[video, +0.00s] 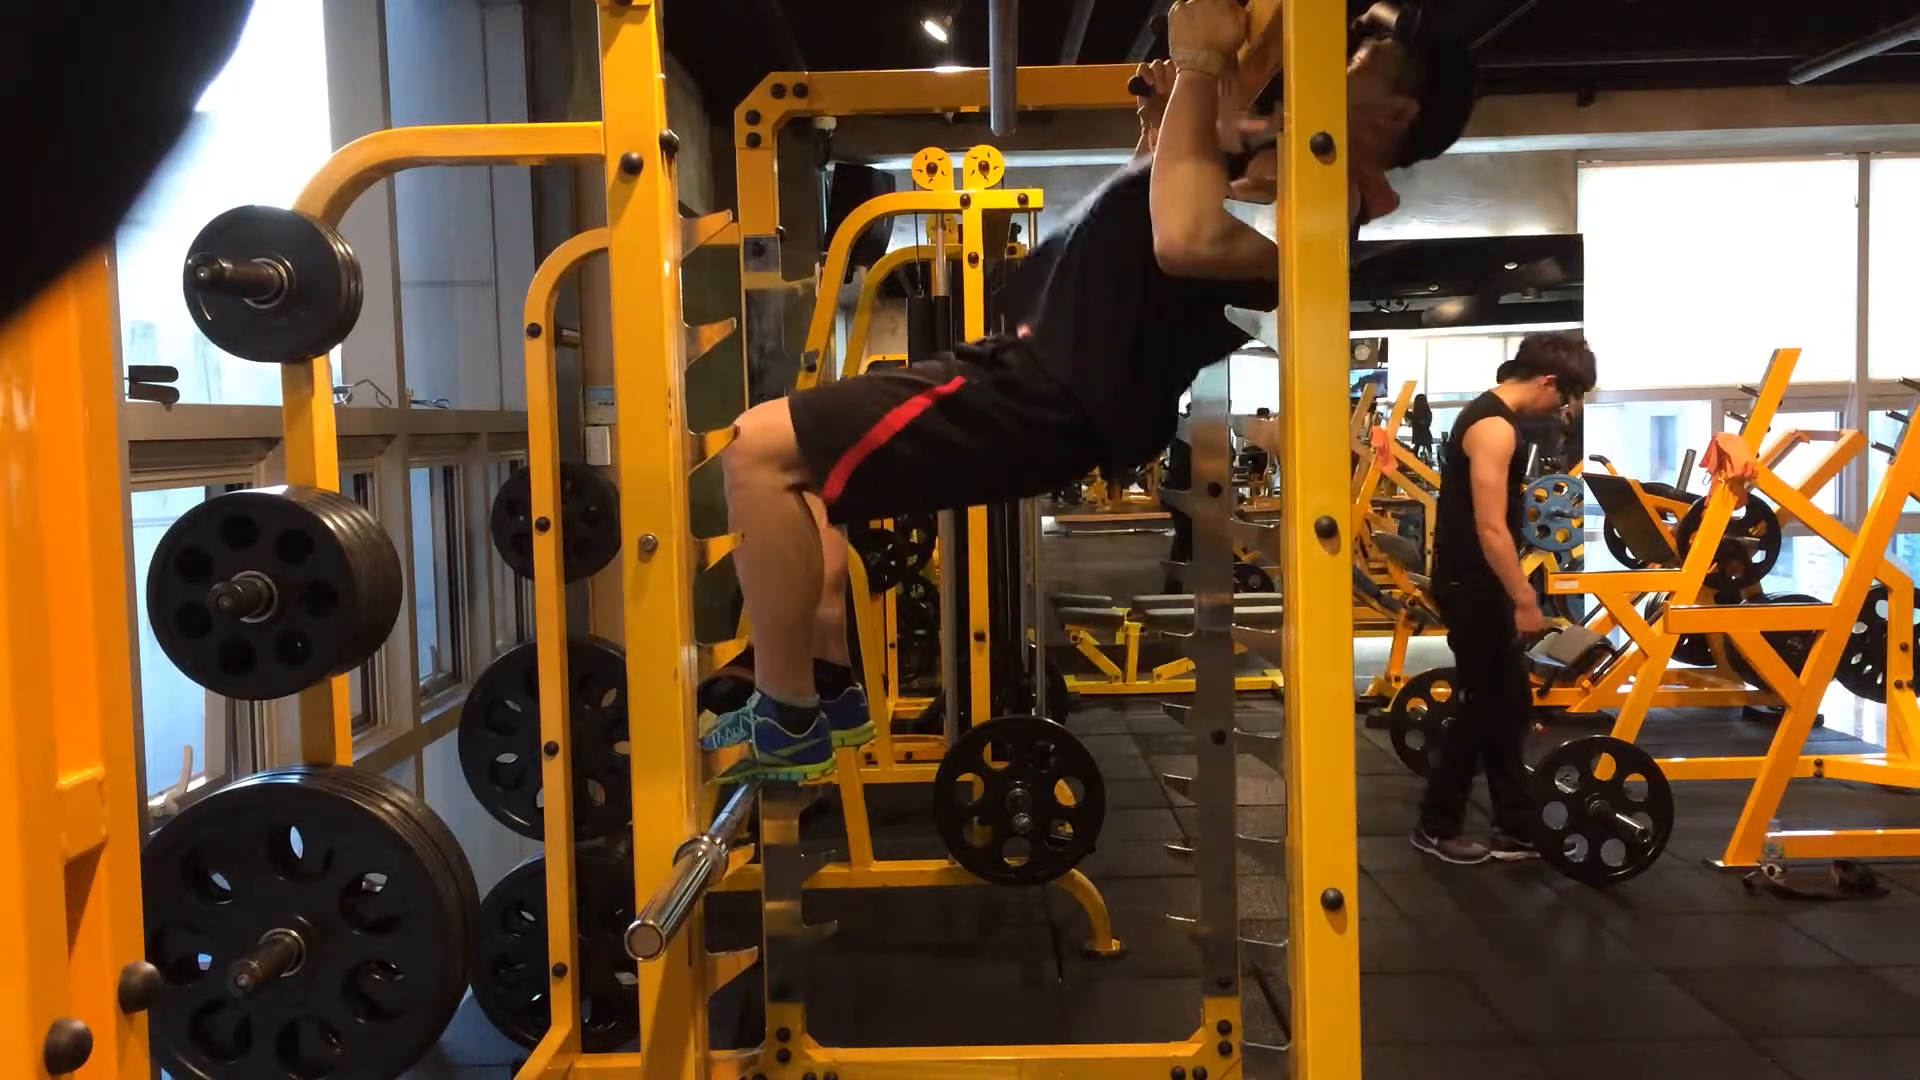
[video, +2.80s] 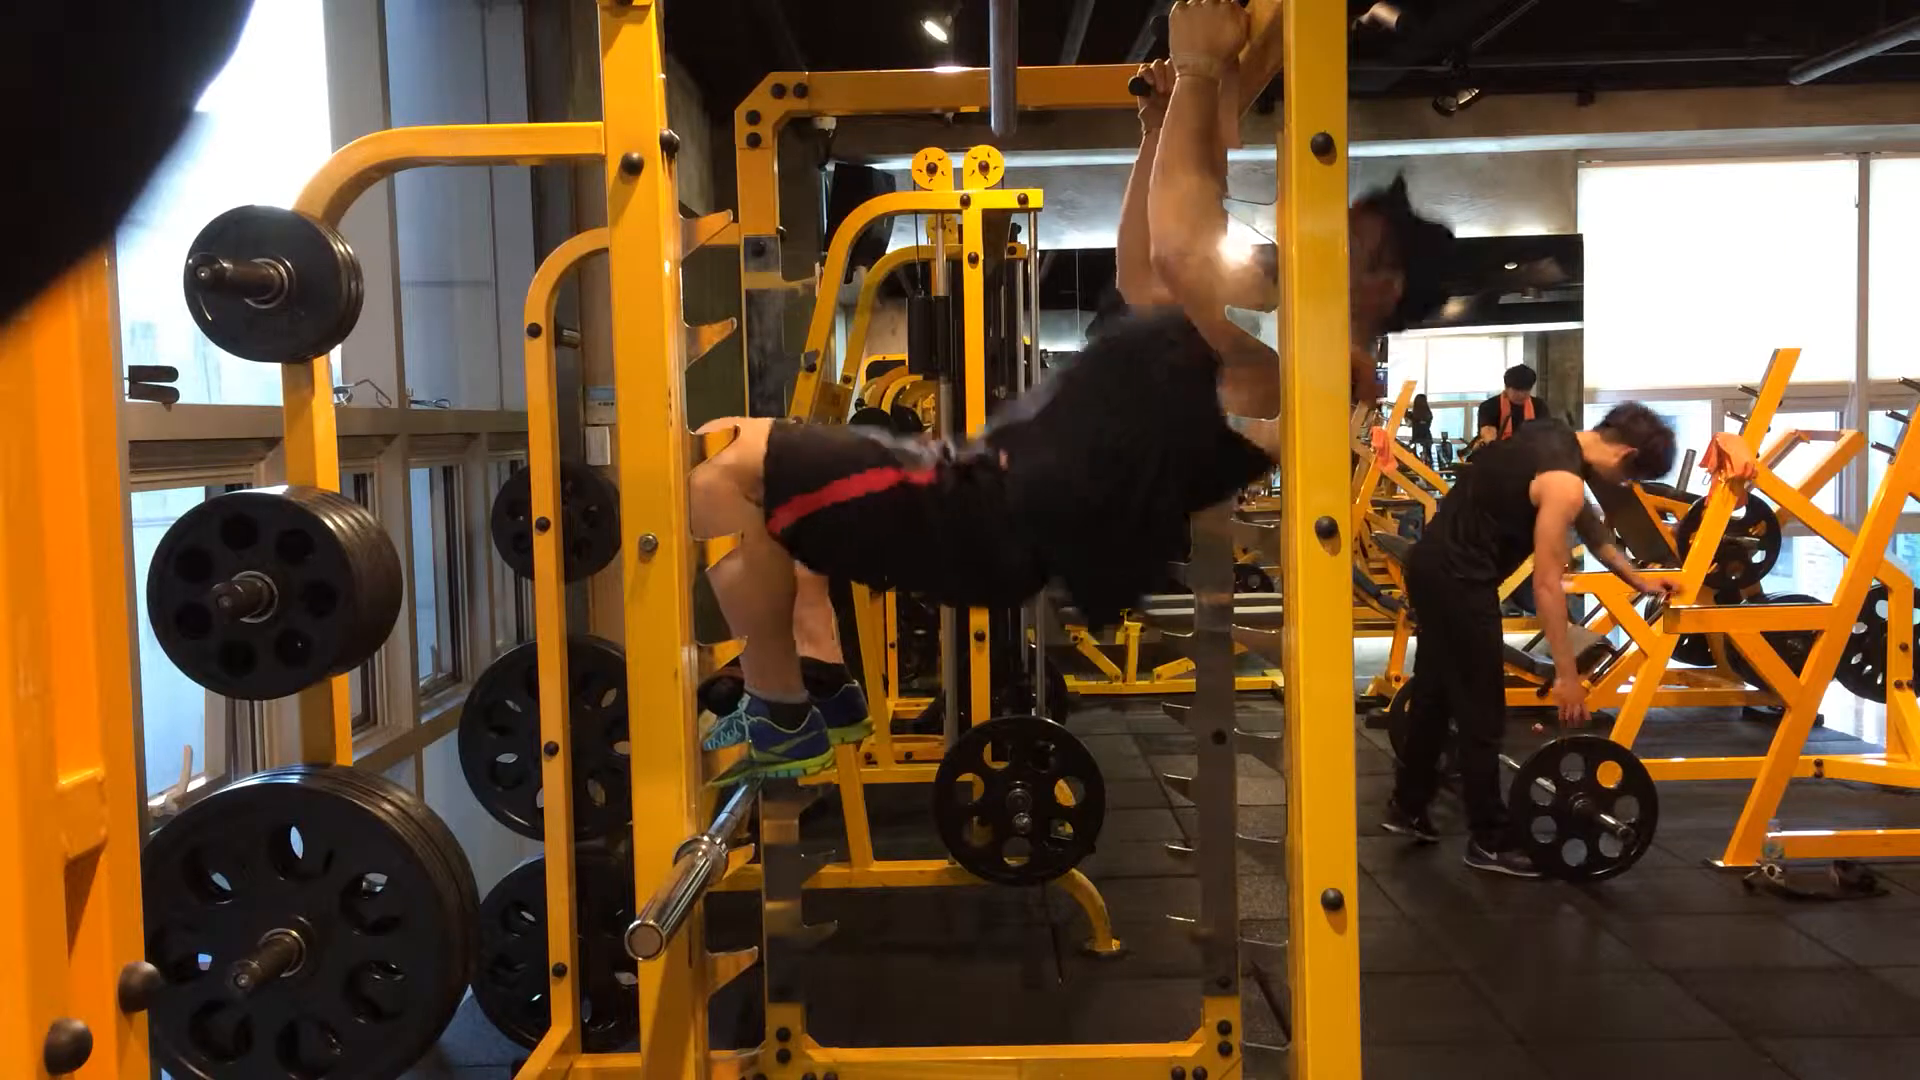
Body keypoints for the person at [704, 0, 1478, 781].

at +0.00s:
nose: (1345, 48)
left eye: (1371, 50)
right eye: (1362, 37)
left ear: (1399, 115)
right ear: (1373, 95)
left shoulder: (1333, 213)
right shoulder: (1296, 160)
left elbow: (1190, 241)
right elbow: (1187, 202)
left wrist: (1202, 69)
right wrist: (1190, 96)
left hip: (1063, 397)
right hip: (1042, 369)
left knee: (758, 451)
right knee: (794, 441)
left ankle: (787, 716)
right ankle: (826, 675)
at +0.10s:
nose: (1348, 118)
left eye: (1374, 117)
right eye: (1358, 102)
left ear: (1410, 164)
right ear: (1346, 113)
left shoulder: (1347, 239)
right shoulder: (1313, 212)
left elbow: (1188, 246)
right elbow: (1143, 241)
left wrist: (1206, 75)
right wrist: (1161, 123)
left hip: (1050, 436)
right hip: (1040, 411)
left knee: (757, 454)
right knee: (794, 449)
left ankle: (786, 714)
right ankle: (827, 673)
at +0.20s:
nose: (1345, 168)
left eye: (1374, 168)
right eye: (1361, 158)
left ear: (1407, 224)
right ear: (1366, 199)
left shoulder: (1346, 300)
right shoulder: (1314, 293)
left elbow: (1195, 248)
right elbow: (1139, 276)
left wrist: (1207, 72)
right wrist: (1157, 127)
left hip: (1055, 486)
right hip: (1035, 449)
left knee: (760, 458)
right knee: (798, 447)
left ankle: (785, 715)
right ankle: (824, 672)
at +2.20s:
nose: (1321, 146)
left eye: (1350, 141)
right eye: (1336, 129)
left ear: (1390, 187)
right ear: (1361, 167)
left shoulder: (1339, 264)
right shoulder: (1315, 248)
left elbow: (1176, 245)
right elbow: (1143, 240)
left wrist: (1197, 72)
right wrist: (1173, 106)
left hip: (1017, 442)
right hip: (1002, 408)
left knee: (725, 474)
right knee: (727, 431)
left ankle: (780, 714)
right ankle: (816, 667)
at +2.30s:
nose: (1318, 210)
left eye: (1346, 204)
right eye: (1331, 195)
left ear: (1385, 244)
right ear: (1368, 242)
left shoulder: (1342, 307)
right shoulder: (1311, 343)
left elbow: (1186, 263)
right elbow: (1135, 278)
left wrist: (1199, 74)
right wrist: (1158, 131)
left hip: (1011, 486)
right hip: (1010, 461)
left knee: (724, 472)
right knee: (746, 432)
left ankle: (777, 709)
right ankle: (818, 665)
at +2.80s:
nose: (1302, 239)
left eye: (1335, 239)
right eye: (1320, 226)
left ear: (1375, 290)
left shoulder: (1293, 388)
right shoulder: (1249, 349)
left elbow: (1188, 260)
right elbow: (1140, 278)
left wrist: (1202, 75)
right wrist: (1158, 127)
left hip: (986, 523)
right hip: (975, 482)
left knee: (722, 479)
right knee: (742, 435)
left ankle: (779, 712)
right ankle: (818, 662)